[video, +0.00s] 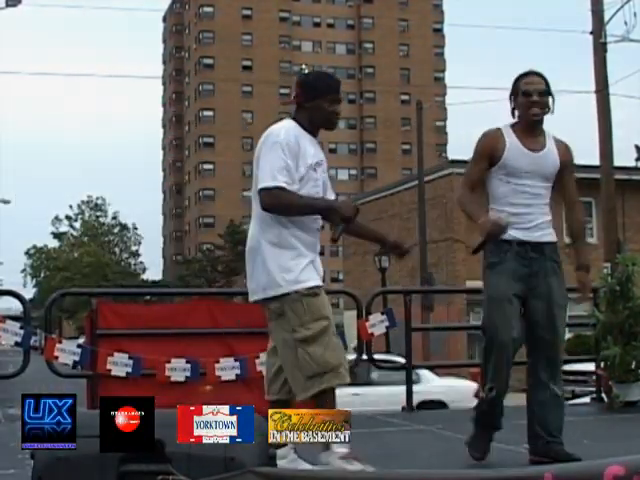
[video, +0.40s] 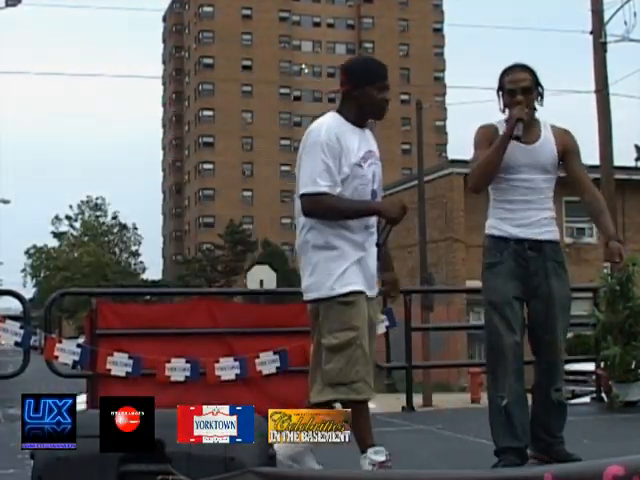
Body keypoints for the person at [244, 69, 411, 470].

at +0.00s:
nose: (338, 111)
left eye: (338, 104)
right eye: (331, 104)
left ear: (318, 105)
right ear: (305, 102)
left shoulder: (313, 148)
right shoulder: (280, 136)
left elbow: (332, 216)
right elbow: (271, 197)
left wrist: (385, 240)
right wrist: (328, 205)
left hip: (299, 271)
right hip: (283, 271)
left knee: (287, 369)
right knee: (323, 360)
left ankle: (285, 453)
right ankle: (329, 450)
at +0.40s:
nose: (388, 99)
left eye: (388, 91)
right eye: (381, 91)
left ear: (363, 94)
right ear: (353, 92)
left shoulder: (366, 137)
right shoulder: (323, 133)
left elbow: (368, 213)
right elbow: (312, 202)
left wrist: (384, 267)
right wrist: (378, 207)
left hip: (361, 269)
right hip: (333, 270)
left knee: (341, 366)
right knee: (352, 365)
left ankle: (293, 442)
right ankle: (371, 456)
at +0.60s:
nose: (406, 96)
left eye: (407, 88)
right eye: (400, 88)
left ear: (387, 86)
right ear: (373, 85)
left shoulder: (382, 129)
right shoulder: (341, 125)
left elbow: (382, 191)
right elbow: (334, 194)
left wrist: (405, 207)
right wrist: (398, 198)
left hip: (385, 263)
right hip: (349, 268)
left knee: (405, 349)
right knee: (359, 365)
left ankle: (338, 421)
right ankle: (368, 451)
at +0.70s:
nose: (415, 95)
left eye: (416, 87)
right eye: (409, 86)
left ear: (395, 84)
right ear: (382, 81)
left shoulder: (390, 127)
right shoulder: (349, 123)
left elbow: (387, 193)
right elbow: (343, 193)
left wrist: (412, 209)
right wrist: (407, 195)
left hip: (396, 264)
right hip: (355, 269)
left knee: (410, 354)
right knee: (360, 369)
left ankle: (388, 446)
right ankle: (370, 457)